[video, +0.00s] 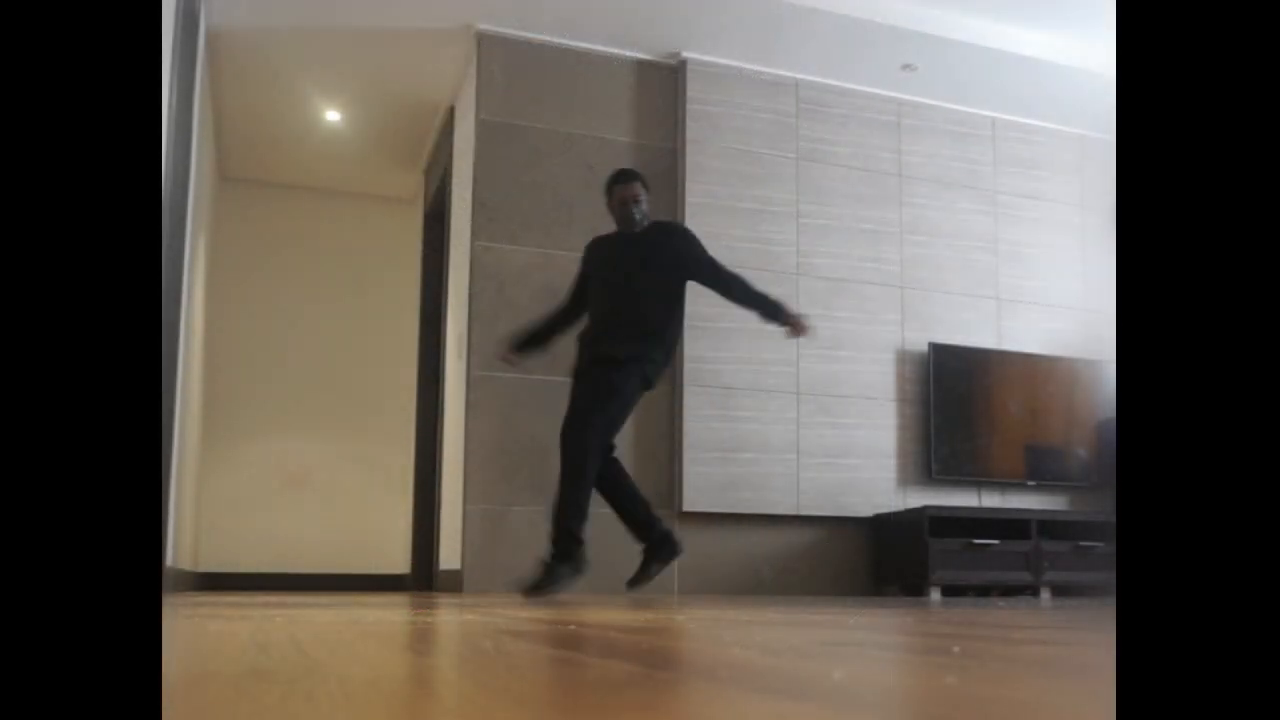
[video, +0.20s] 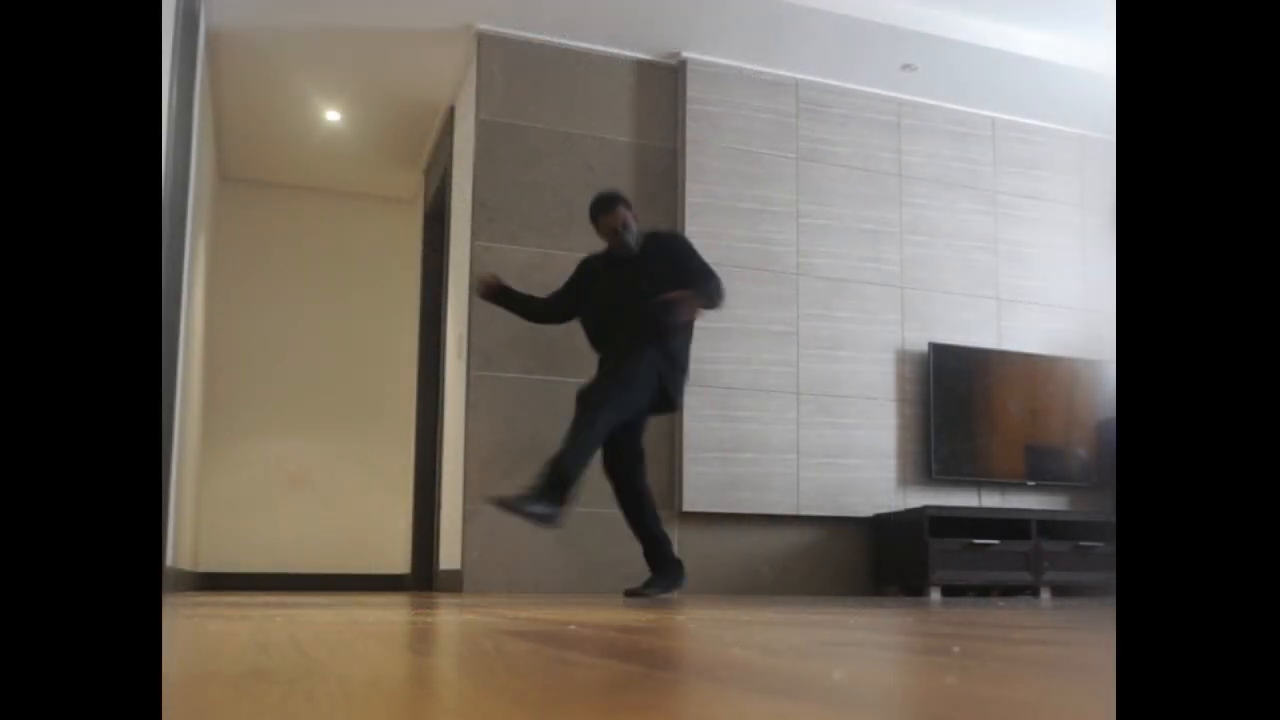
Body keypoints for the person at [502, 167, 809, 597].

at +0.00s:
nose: (634, 209)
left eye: (638, 201)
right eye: (624, 203)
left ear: (649, 202)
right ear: (609, 208)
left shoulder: (672, 241)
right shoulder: (600, 251)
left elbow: (723, 281)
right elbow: (575, 308)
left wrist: (780, 314)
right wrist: (526, 343)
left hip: (637, 363)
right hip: (596, 361)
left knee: (582, 440)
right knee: (589, 451)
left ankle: (566, 555)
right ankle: (658, 542)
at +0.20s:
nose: (620, 235)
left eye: (624, 225)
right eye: (610, 231)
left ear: (634, 216)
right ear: (598, 233)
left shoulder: (668, 247)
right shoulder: (595, 271)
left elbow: (714, 290)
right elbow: (552, 310)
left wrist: (696, 297)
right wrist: (502, 295)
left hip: (658, 370)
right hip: (615, 375)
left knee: (595, 405)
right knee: (625, 474)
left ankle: (550, 494)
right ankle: (666, 568)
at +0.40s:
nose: (616, 185)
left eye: (621, 177)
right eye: (607, 181)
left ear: (634, 181)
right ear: (596, 189)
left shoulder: (660, 218)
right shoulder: (595, 247)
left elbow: (684, 276)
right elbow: (594, 312)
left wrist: (643, 317)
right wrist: (587, 366)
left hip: (654, 346)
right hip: (610, 353)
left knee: (634, 422)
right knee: (615, 446)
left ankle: (695, 516)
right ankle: (626, 558)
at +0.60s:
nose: (608, 200)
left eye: (613, 191)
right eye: (600, 196)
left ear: (628, 186)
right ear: (592, 201)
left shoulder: (661, 218)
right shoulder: (602, 245)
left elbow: (710, 266)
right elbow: (620, 302)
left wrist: (670, 312)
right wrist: (609, 346)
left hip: (663, 352)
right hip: (618, 355)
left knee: (661, 441)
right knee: (602, 444)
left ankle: (706, 538)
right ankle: (619, 553)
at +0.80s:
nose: (615, 220)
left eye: (620, 211)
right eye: (606, 216)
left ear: (635, 205)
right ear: (600, 220)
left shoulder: (662, 235)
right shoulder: (619, 250)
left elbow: (730, 273)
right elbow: (633, 296)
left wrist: (688, 332)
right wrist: (605, 332)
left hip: (670, 360)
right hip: (636, 355)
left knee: (666, 462)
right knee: (568, 386)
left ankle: (693, 570)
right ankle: (597, 495)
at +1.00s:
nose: (648, 198)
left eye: (656, 190)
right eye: (640, 191)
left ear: (669, 189)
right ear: (628, 192)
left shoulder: (681, 231)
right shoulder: (625, 235)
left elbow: (728, 282)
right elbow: (624, 293)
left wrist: (680, 316)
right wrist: (620, 338)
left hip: (662, 359)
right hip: (624, 356)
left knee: (649, 458)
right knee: (613, 453)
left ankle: (652, 571)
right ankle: (703, 492)